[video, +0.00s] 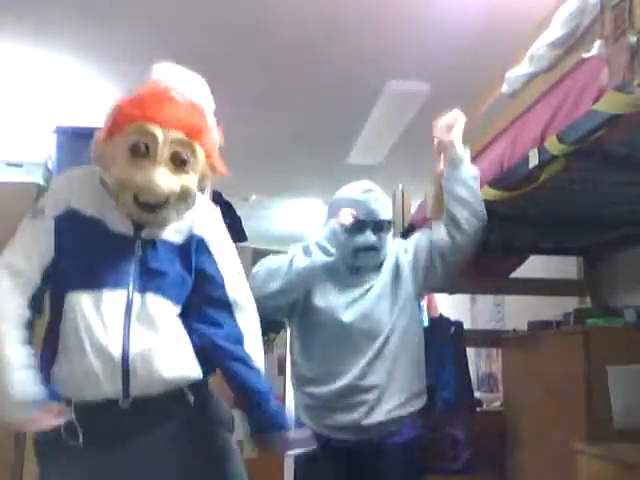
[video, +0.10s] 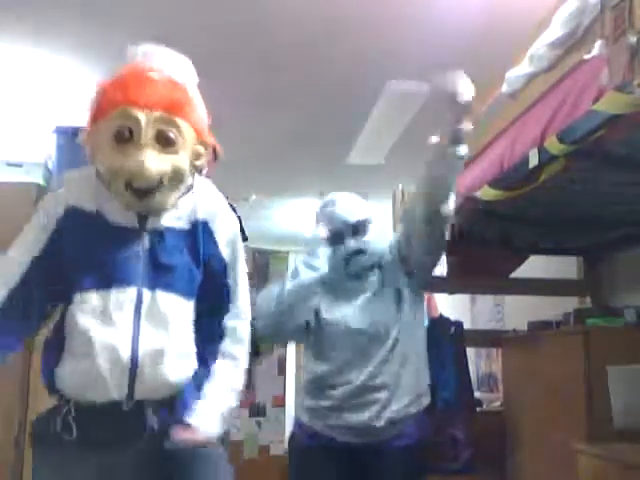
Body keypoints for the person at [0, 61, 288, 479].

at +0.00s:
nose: (156, 177)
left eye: (179, 161)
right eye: (139, 150)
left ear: (201, 172)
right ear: (108, 147)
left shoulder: (199, 219)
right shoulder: (68, 198)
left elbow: (222, 320)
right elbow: (10, 291)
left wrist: (265, 413)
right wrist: (24, 397)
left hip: (176, 424)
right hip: (76, 430)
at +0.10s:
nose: (143, 158)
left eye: (165, 139)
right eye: (124, 136)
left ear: (196, 150)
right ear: (94, 141)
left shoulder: (210, 212)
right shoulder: (68, 201)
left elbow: (231, 326)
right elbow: (13, 305)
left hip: (177, 433)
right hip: (78, 433)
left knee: (206, 467)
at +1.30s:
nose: (193, 214)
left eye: (215, 194)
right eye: (176, 191)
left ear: (241, 208)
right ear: (148, 199)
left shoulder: (232, 280)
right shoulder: (111, 266)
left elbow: (260, 352)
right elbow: (15, 244)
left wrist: (267, 270)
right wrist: (79, 201)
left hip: (224, 464)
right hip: (132, 464)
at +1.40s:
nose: (188, 219)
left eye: (210, 198)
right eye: (171, 194)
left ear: (237, 212)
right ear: (142, 201)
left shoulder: (232, 276)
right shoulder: (108, 266)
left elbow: (267, 363)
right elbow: (16, 245)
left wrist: (239, 293)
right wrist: (76, 174)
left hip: (220, 466)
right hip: (125, 466)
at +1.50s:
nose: (181, 218)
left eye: (203, 199)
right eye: (164, 195)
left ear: (229, 211)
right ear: (134, 201)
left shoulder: (226, 280)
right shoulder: (103, 269)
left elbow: (266, 362)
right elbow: (19, 261)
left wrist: (234, 285)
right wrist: (80, 174)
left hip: (211, 465)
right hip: (117, 466)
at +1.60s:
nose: (173, 214)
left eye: (195, 198)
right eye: (157, 193)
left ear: (220, 208)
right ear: (129, 196)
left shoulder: (221, 270)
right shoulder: (98, 253)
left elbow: (260, 344)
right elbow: (24, 293)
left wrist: (252, 259)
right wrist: (76, 194)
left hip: (195, 464)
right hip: (102, 463)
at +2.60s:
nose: (142, 168)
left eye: (168, 148)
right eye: (126, 141)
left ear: (203, 160)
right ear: (99, 142)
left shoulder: (215, 218)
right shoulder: (65, 200)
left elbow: (294, 217)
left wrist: (258, 130)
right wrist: (43, 115)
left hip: (180, 428)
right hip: (73, 428)